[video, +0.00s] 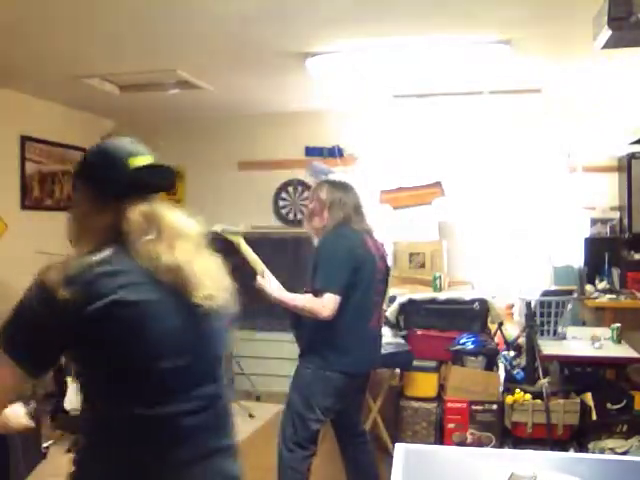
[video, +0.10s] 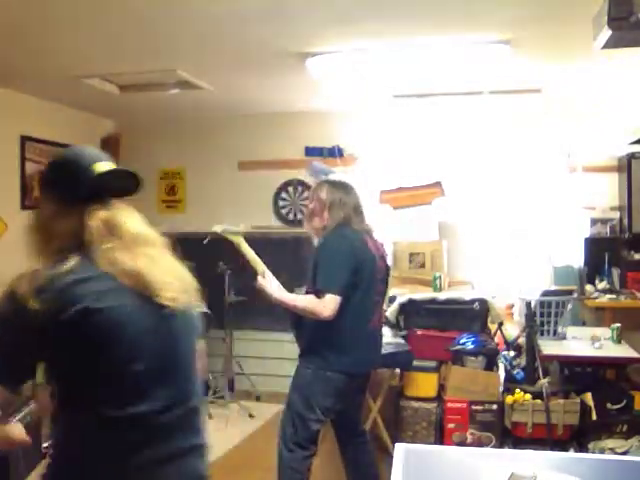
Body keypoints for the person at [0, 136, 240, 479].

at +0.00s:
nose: (70, 216)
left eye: (74, 203)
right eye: (71, 204)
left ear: (98, 203)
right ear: (155, 203)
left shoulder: (71, 287)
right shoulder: (207, 270)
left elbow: (7, 388)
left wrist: (18, 419)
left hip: (119, 471)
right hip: (215, 466)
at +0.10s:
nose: (36, 223)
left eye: (41, 210)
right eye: (39, 210)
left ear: (58, 214)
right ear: (118, 207)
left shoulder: (42, 296)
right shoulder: (177, 281)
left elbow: (10, 385)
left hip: (90, 470)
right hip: (184, 465)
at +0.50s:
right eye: (120, 201)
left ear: (65, 207)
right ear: (119, 205)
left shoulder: (41, 270)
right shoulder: (157, 262)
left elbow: (2, 370)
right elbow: (181, 351)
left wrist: (37, 398)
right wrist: (151, 382)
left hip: (73, 432)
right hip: (149, 430)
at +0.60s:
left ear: (80, 231)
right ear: (134, 229)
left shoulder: (61, 293)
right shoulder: (167, 292)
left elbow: (18, 394)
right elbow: (185, 379)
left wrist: (34, 419)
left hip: (84, 447)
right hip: (150, 444)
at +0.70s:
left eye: (90, 228)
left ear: (96, 232)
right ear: (146, 232)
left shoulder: (68, 293)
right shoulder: (175, 294)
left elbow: (25, 395)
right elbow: (188, 384)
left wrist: (39, 437)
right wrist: (160, 409)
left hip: (83, 450)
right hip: (148, 448)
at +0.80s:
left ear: (108, 222)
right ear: (160, 225)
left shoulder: (71, 275)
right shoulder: (186, 287)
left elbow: (21, 364)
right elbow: (194, 378)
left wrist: (44, 418)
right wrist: (156, 390)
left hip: (79, 435)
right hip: (148, 438)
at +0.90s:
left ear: (121, 222)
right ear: (175, 230)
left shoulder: (76, 275)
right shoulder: (191, 295)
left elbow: (16, 342)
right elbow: (198, 392)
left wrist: (34, 412)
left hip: (74, 434)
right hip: (144, 442)